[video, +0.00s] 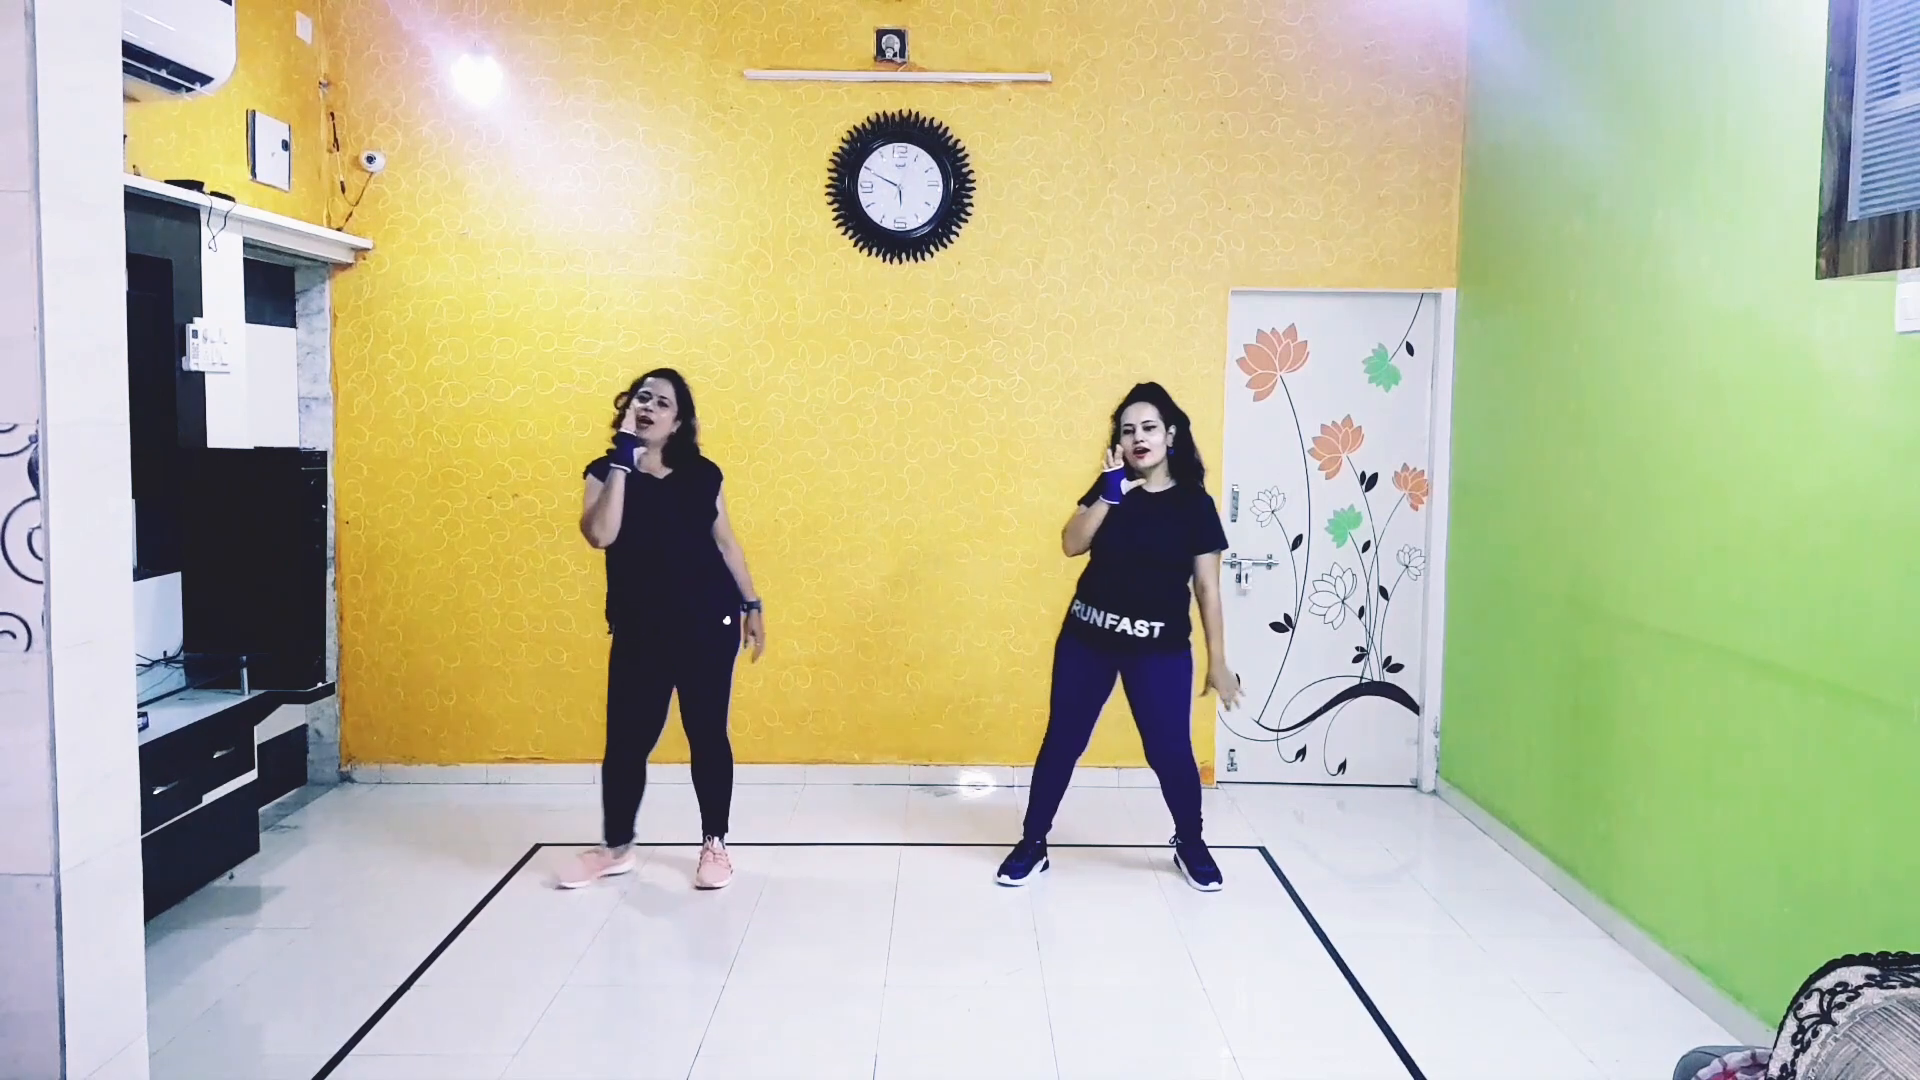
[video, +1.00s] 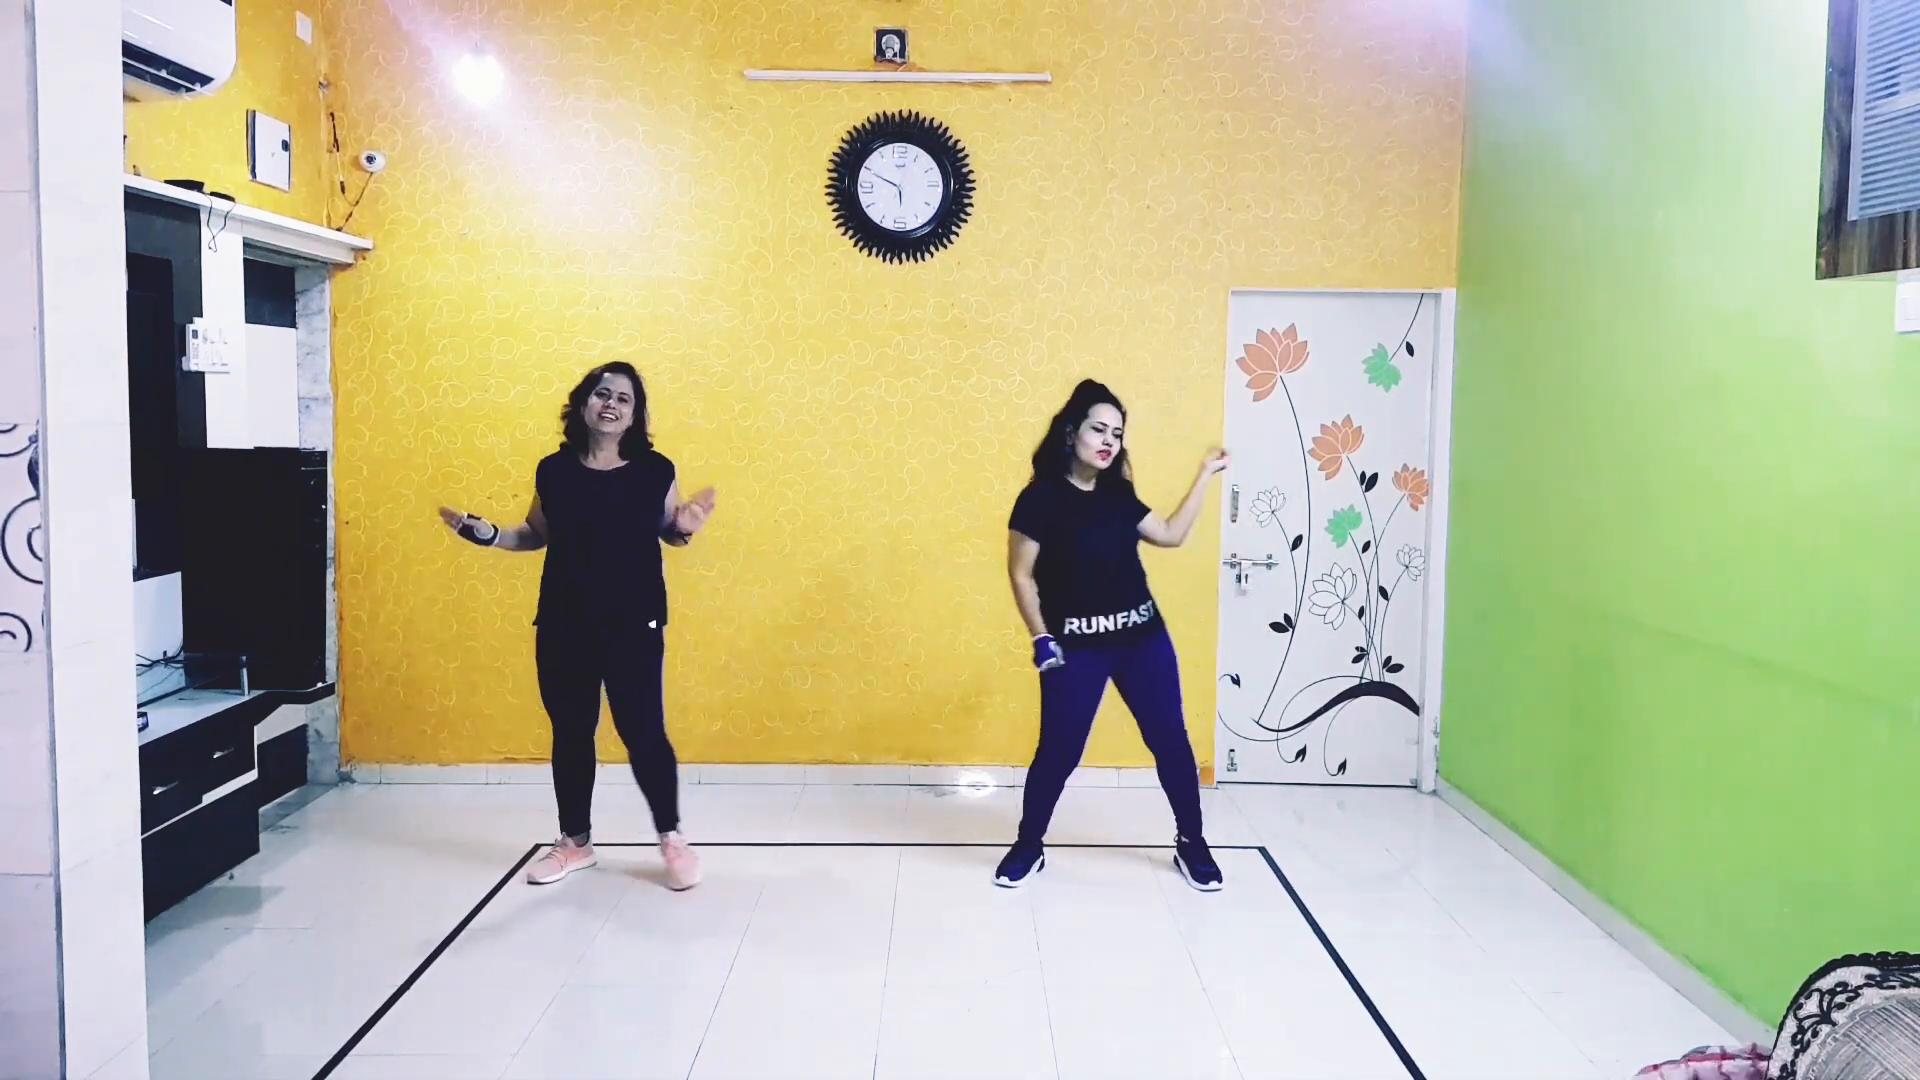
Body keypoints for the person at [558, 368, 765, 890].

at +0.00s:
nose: (648, 406)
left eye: (662, 402)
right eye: (642, 397)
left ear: (680, 420)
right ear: (627, 406)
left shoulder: (702, 475)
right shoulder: (605, 472)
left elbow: (726, 543)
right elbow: (601, 534)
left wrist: (752, 602)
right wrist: (622, 464)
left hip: (705, 629)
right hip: (639, 631)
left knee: (708, 737)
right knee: (625, 743)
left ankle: (714, 844)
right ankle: (617, 847)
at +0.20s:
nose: (667, 409)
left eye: (681, 405)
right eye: (661, 400)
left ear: (698, 422)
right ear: (645, 409)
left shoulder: (716, 481)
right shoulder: (621, 473)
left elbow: (739, 549)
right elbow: (610, 535)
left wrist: (766, 612)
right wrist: (635, 468)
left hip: (711, 629)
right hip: (645, 628)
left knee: (709, 732)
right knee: (616, 729)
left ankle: (714, 844)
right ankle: (649, 838)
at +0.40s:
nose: (655, 400)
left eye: (669, 395)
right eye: (649, 391)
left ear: (690, 411)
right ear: (635, 402)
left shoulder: (714, 473)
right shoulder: (620, 464)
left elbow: (731, 542)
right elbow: (594, 527)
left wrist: (749, 609)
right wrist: (623, 451)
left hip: (693, 622)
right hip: (624, 619)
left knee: (695, 731)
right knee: (588, 722)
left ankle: (711, 844)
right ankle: (593, 830)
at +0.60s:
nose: (627, 403)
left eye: (642, 399)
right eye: (622, 394)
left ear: (663, 416)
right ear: (609, 406)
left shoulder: (685, 478)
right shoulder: (584, 472)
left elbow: (704, 540)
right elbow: (538, 541)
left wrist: (713, 562)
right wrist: (568, 511)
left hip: (653, 628)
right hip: (583, 625)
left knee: (665, 737)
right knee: (580, 734)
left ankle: (706, 845)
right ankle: (575, 841)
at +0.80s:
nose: (606, 412)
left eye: (620, 408)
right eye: (600, 403)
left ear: (638, 424)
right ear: (585, 414)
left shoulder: (661, 480)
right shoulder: (565, 483)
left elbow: (689, 550)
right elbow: (541, 536)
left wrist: (687, 525)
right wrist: (523, 555)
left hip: (621, 634)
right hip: (555, 631)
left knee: (625, 739)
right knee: (565, 737)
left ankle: (643, 849)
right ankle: (573, 843)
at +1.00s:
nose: (610, 404)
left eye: (623, 399)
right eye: (602, 394)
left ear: (636, 413)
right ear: (581, 402)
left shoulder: (655, 471)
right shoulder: (555, 471)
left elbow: (672, 534)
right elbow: (536, 533)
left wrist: (683, 525)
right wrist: (490, 534)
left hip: (633, 625)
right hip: (565, 624)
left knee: (643, 732)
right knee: (570, 734)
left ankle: (670, 838)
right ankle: (574, 843)